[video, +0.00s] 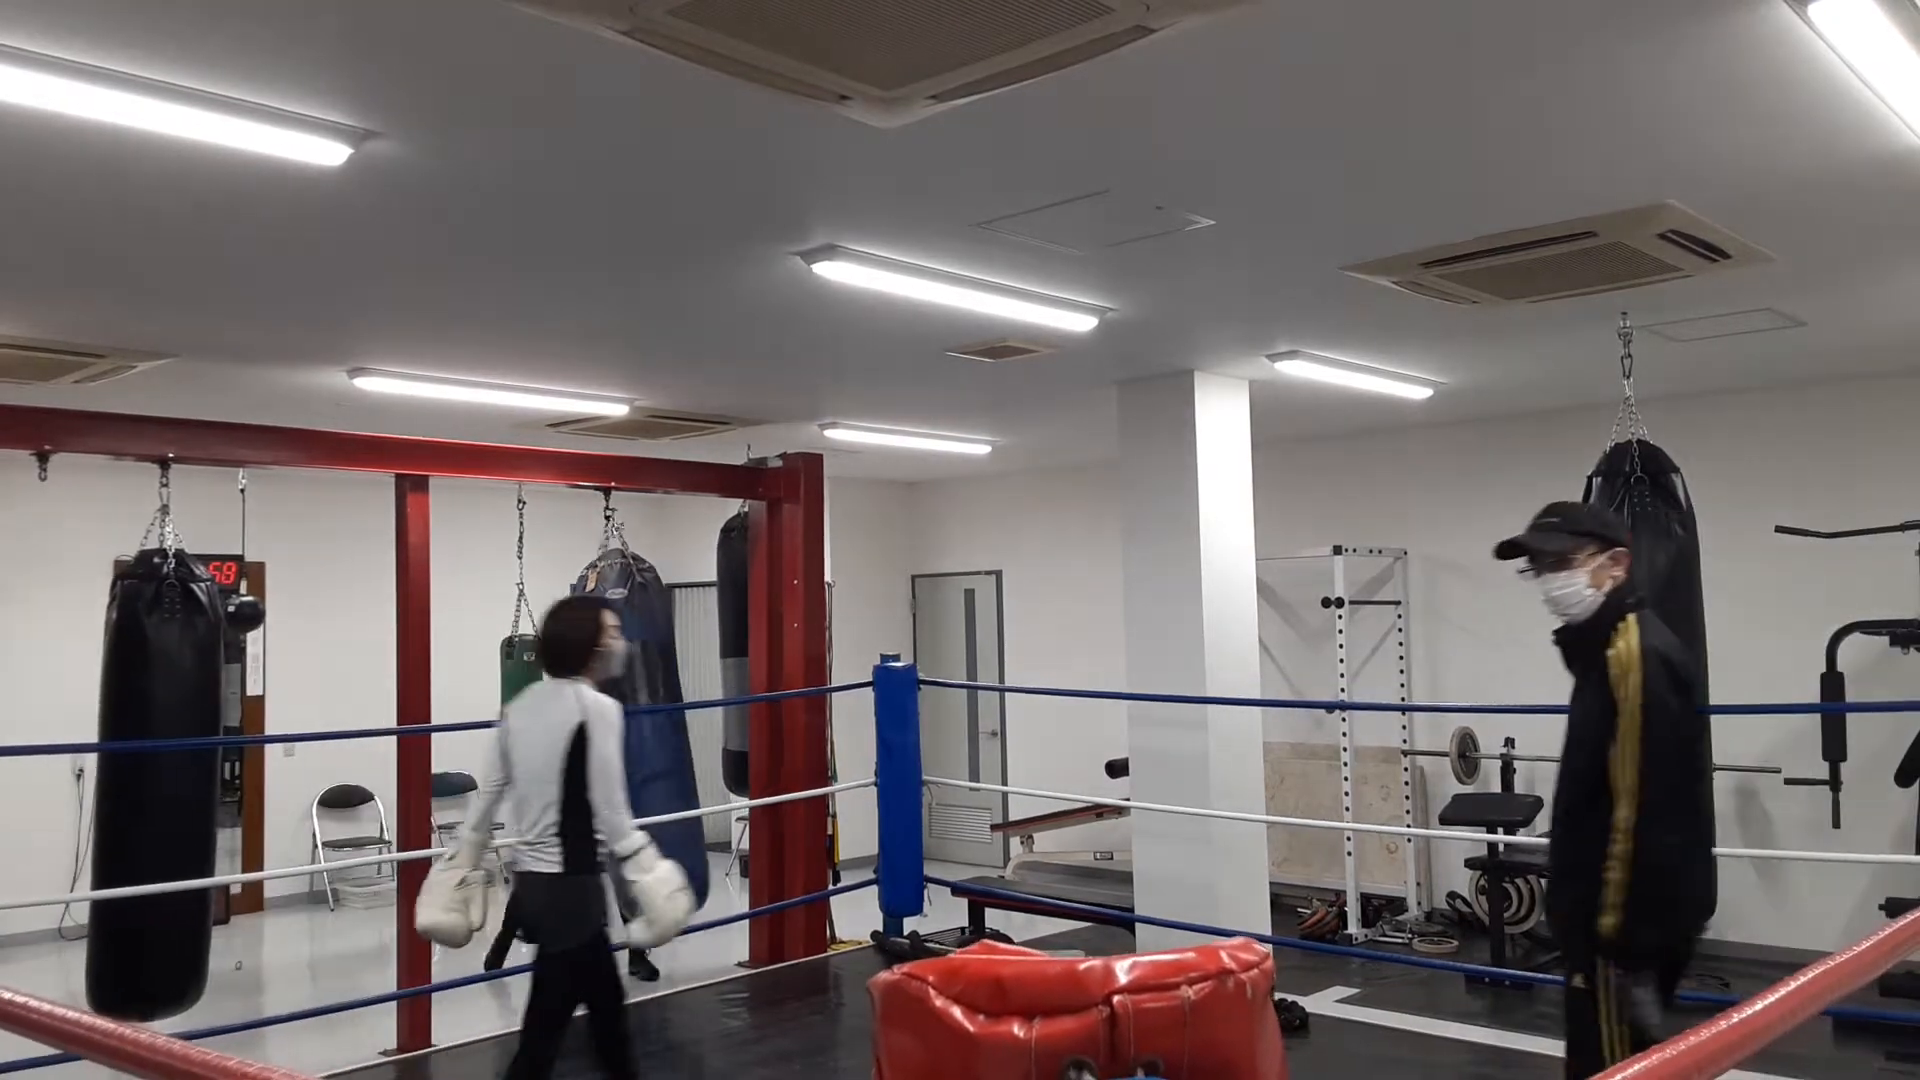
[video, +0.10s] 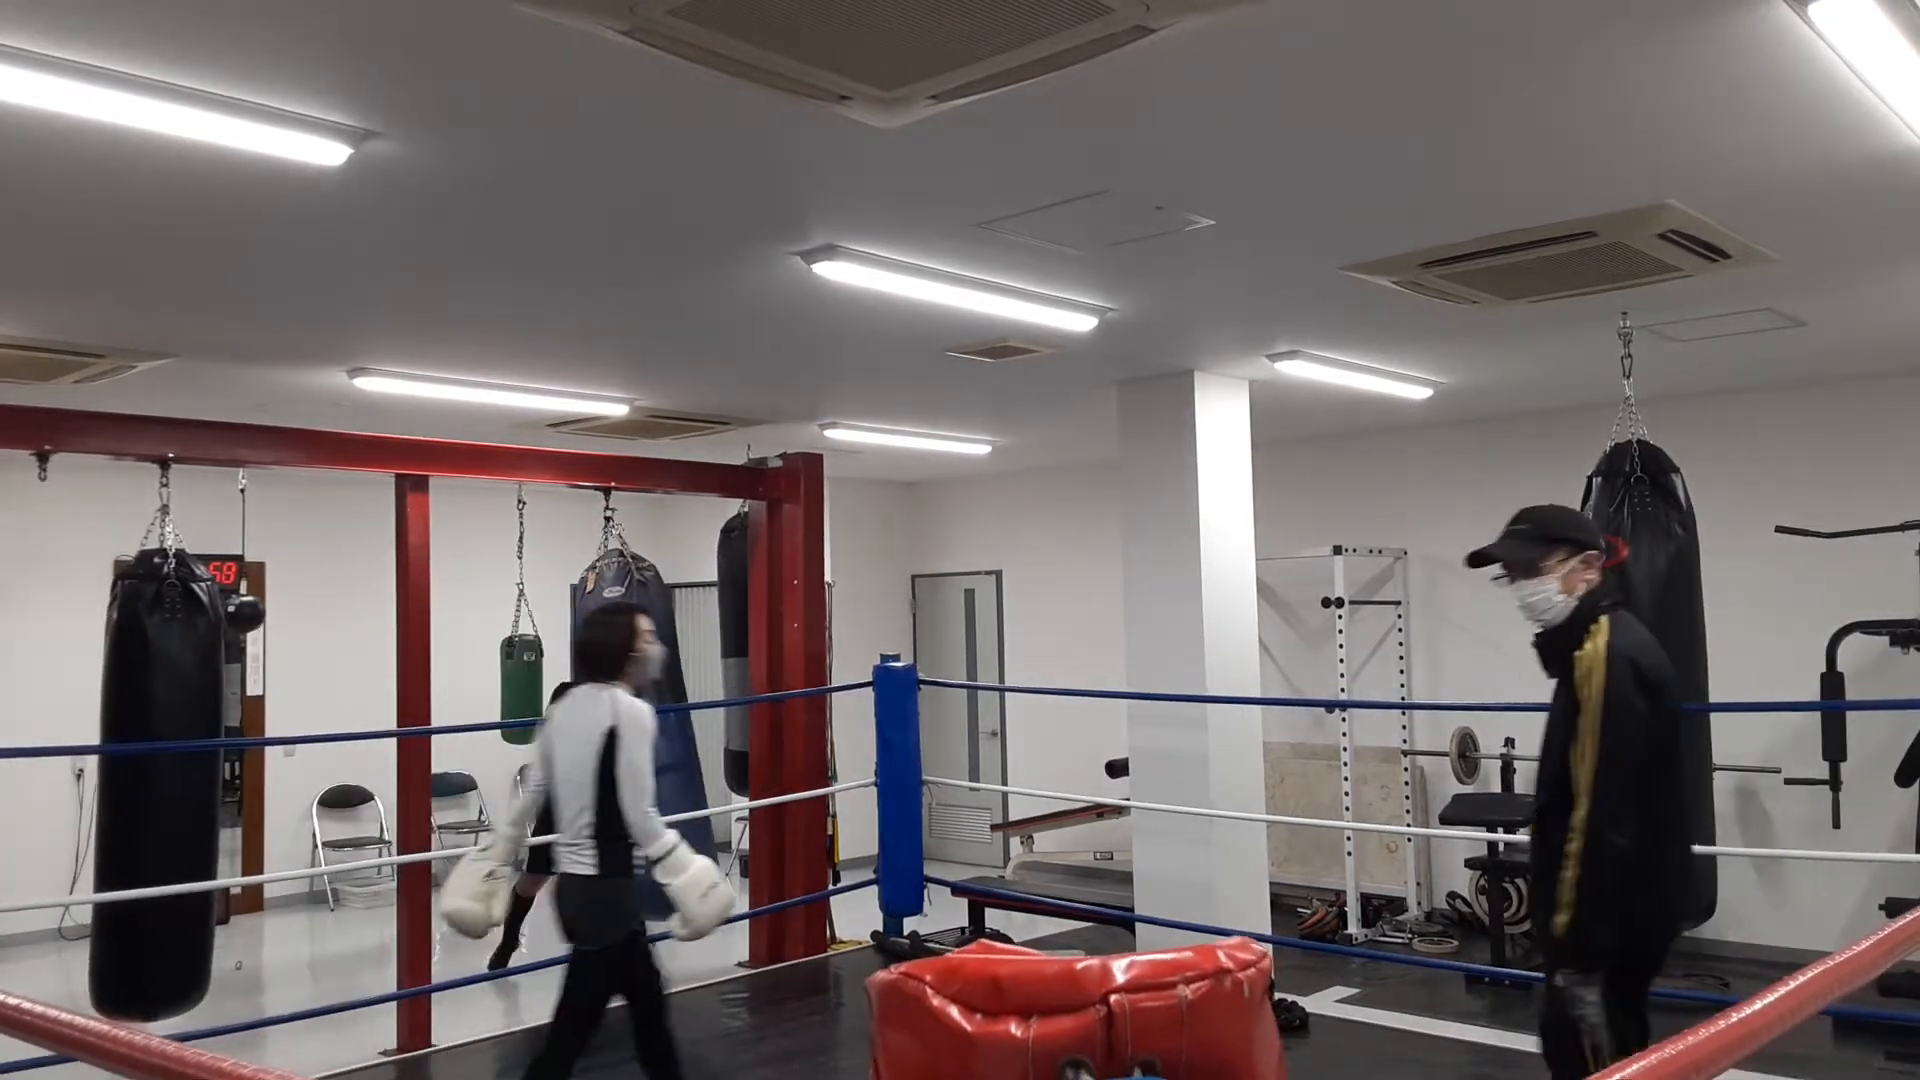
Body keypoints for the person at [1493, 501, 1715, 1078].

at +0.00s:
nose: (1549, 583)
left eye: (1562, 565)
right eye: (1543, 570)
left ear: (1614, 567)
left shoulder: (1637, 652)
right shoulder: (1608, 648)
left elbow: (1639, 805)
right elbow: (1610, 801)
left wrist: (1621, 949)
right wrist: (1585, 931)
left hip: (1622, 940)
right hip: (1600, 934)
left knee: (1614, 1069)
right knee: (1597, 1065)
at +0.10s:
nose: (1520, 590)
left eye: (1530, 573)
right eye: (1515, 578)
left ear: (1581, 568)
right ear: (1576, 573)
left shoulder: (1608, 651)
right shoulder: (1597, 646)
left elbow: (1599, 808)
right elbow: (1594, 806)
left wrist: (1575, 953)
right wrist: (1573, 940)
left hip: (1607, 932)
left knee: (1583, 1053)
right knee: (1604, 1054)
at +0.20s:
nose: (1490, 591)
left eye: (1498, 575)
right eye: (1489, 578)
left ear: (1545, 569)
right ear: (1543, 570)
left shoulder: (1572, 653)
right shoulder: (1599, 640)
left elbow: (1556, 805)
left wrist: (1529, 940)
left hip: (1575, 921)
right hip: (1602, 907)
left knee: (1570, 1057)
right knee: (1599, 1054)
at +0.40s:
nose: (1450, 587)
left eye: (1458, 573)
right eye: (1448, 575)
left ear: (1496, 574)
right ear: (1500, 574)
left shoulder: (1513, 654)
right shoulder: (1557, 645)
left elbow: (1499, 807)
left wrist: (1464, 938)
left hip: (1531, 912)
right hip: (1571, 897)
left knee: (1561, 1060)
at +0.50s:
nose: (1428, 590)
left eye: (1434, 576)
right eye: (1426, 578)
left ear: (1467, 578)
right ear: (1477, 578)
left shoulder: (1492, 656)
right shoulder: (1530, 649)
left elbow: (1478, 805)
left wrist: (1445, 934)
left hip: (1518, 917)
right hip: (1549, 904)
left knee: (1548, 1062)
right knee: (1498, 1063)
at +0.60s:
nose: (1403, 596)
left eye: (1408, 583)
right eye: (1402, 584)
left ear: (1440, 585)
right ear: (1452, 585)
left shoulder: (1462, 657)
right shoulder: (1495, 651)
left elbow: (1455, 803)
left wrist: (1429, 925)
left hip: (1489, 903)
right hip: (1517, 893)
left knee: (1522, 1052)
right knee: (1472, 1054)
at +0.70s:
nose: (1375, 591)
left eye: (1382, 579)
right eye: (1375, 580)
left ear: (1413, 582)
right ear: (1422, 582)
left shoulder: (1433, 654)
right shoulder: (1457, 647)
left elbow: (1431, 790)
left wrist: (1419, 908)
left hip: (1461, 904)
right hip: (1476, 897)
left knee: (1482, 1049)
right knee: (1446, 1051)